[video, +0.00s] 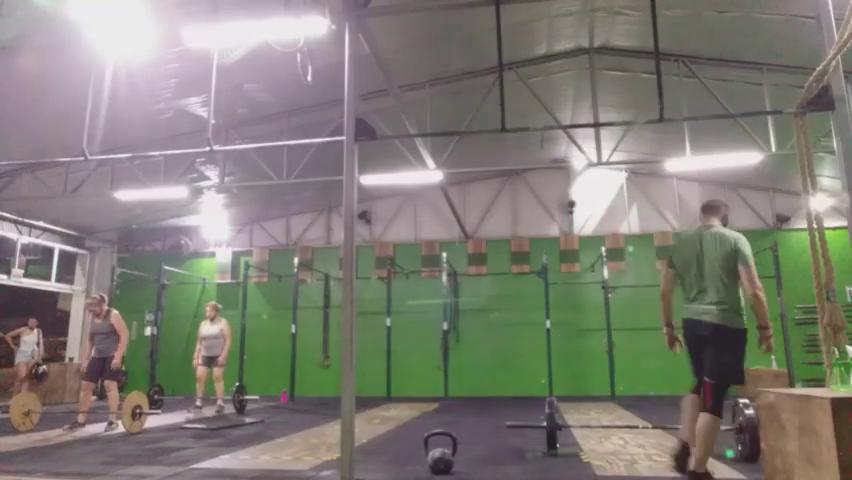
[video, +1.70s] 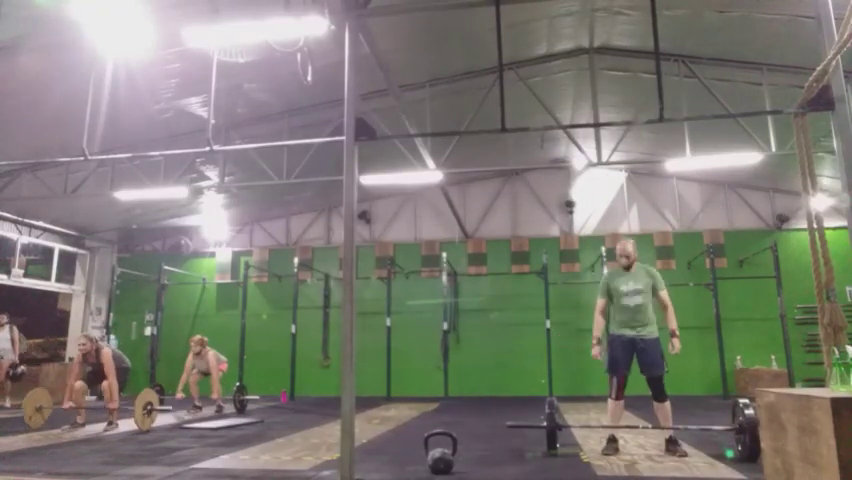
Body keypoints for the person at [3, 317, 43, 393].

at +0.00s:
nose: (33, 324)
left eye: (35, 322)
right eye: (31, 321)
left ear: (37, 323)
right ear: (28, 322)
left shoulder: (38, 331)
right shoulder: (23, 330)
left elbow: (41, 344)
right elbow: (7, 336)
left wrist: (40, 355)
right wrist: (14, 347)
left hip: (32, 355)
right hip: (22, 354)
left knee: (27, 376)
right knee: (22, 376)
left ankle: (23, 395)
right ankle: (15, 395)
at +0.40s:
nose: (23, 323)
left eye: (25, 321)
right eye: (21, 321)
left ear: (28, 322)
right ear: (19, 322)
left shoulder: (31, 331)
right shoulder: (15, 332)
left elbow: (36, 344)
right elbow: (9, 344)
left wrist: (37, 357)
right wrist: (7, 356)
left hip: (28, 356)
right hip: (16, 356)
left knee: (24, 378)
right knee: (11, 378)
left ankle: (21, 398)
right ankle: (8, 399)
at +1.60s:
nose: (11, 320)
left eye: (13, 319)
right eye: (10, 318)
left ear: (17, 320)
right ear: (6, 320)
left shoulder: (20, 329)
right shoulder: (3, 330)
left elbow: (24, 344)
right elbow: (2, 342)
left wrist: (25, 357)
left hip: (16, 354)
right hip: (3, 354)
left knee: (11, 377)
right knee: (2, 376)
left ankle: (9, 399)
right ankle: (2, 396)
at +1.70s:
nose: (2, 320)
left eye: (3, 317)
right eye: (1, 317)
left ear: (7, 318)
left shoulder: (12, 328)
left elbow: (16, 342)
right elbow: (16, 343)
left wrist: (16, 356)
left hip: (7, 354)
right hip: (2, 354)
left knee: (4, 377)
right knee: (3, 378)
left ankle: (7, 398)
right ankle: (6, 398)